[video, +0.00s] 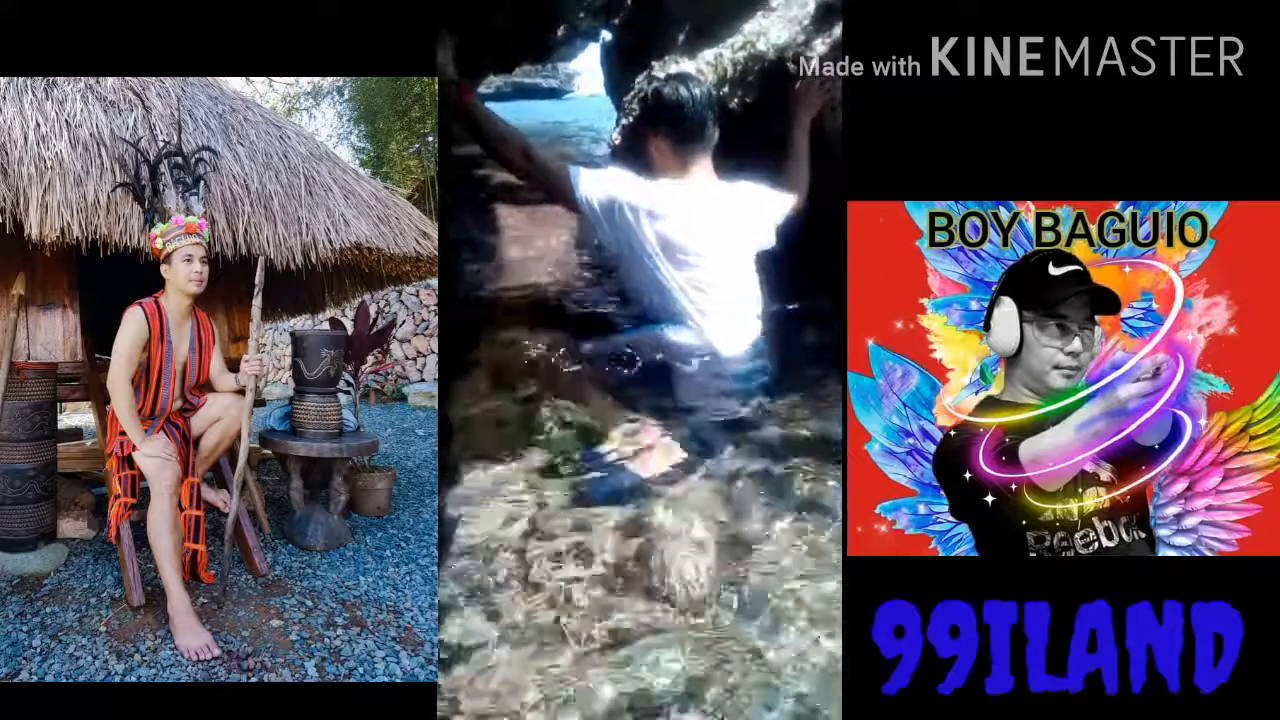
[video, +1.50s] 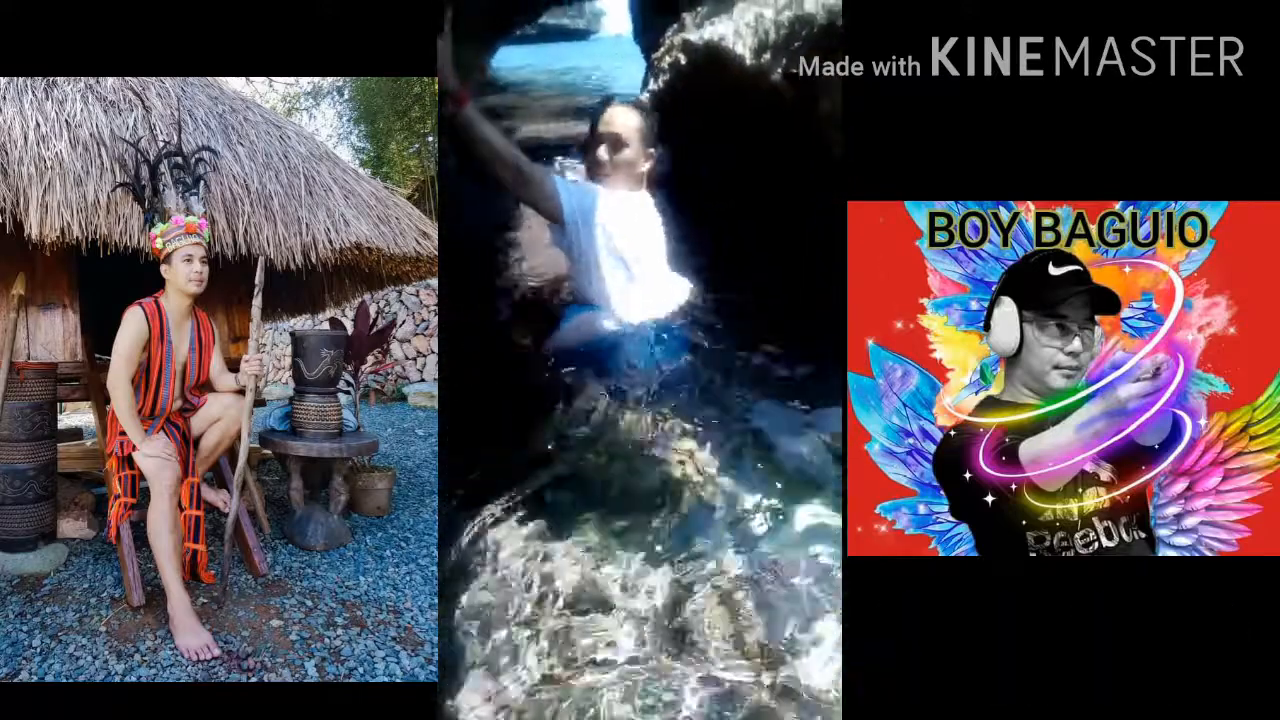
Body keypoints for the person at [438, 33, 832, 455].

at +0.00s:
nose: (633, 147)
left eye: (635, 135)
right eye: (632, 134)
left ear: (655, 145)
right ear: (711, 137)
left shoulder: (625, 196)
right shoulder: (745, 201)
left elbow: (524, 161)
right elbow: (796, 192)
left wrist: (464, 97)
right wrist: (802, 119)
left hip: (686, 359)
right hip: (751, 357)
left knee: (563, 365)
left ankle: (643, 443)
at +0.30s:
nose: (657, 91)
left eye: (658, 81)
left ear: (664, 86)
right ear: (734, 81)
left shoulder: (638, 142)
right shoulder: (765, 148)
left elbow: (539, 111)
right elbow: (817, 141)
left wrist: (467, 39)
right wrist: (829, 51)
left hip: (688, 320)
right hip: (755, 315)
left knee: (599, 272)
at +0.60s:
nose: (652, 37)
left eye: (652, 28)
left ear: (655, 35)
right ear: (722, 35)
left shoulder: (615, 98)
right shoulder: (750, 101)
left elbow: (505, 57)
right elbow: (802, 88)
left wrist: (454, 2)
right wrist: (812, 11)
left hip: (665, 272)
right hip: (742, 265)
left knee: (574, 230)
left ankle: (627, 323)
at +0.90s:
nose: (634, 102)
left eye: (638, 89)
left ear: (654, 97)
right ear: (722, 98)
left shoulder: (621, 166)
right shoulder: (743, 165)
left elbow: (520, 127)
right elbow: (767, 130)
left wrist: (464, 56)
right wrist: (752, 60)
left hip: (661, 324)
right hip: (736, 312)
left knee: (594, 287)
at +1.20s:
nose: (581, 132)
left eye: (591, 122)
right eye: (585, 121)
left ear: (627, 135)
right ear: (632, 136)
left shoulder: (580, 193)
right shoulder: (664, 188)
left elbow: (490, 165)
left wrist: (440, 93)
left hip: (620, 343)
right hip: (673, 331)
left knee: (547, 318)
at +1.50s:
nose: (599, 154)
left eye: (617, 145)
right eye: (595, 142)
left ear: (647, 161)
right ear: (586, 146)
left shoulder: (593, 205)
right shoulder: (650, 206)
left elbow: (520, 175)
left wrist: (454, 96)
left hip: (635, 341)